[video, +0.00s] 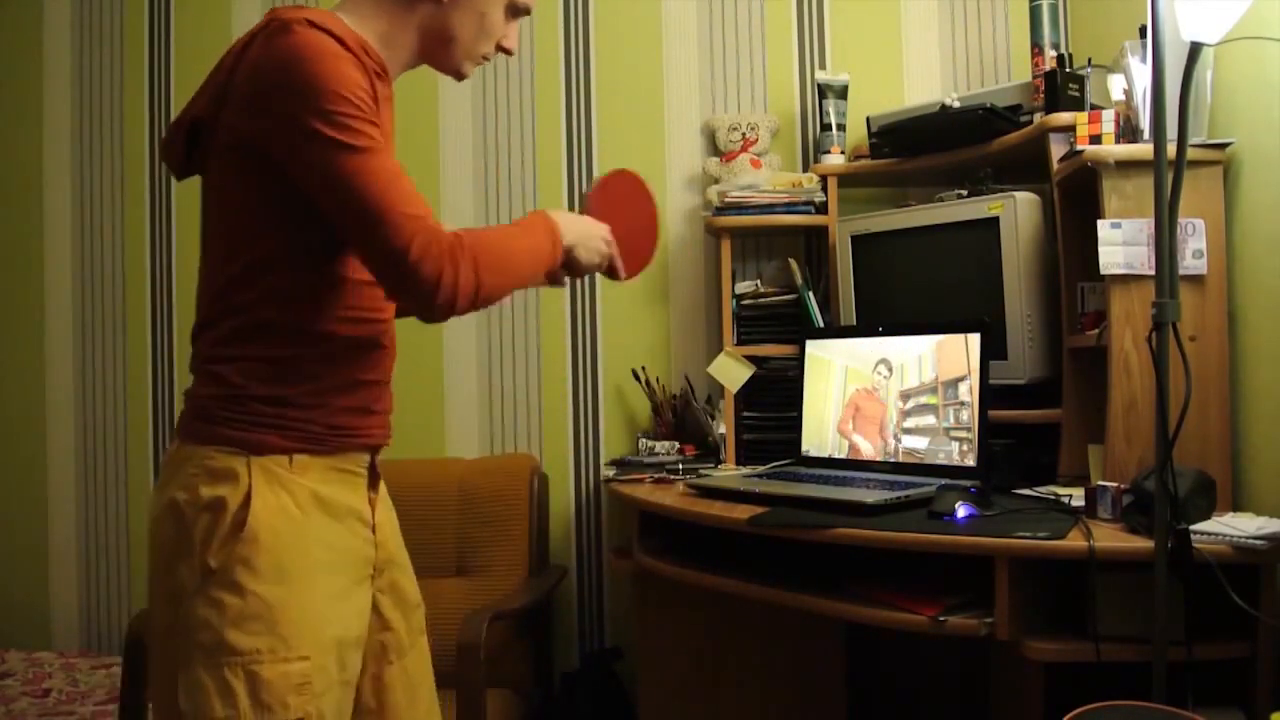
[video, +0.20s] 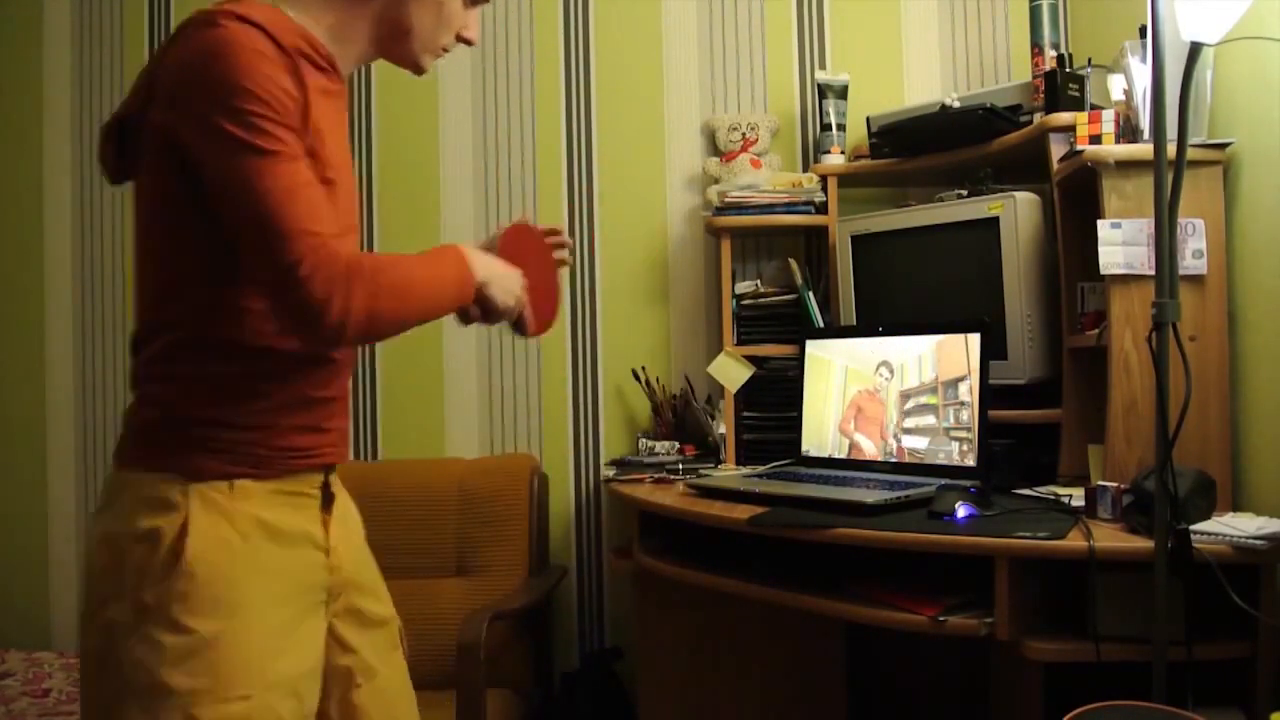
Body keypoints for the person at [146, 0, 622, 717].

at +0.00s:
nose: (511, 44)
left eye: (520, 21)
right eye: (513, 12)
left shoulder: (356, 76)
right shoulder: (304, 61)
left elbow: (404, 286)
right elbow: (433, 272)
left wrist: (541, 253)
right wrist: (558, 234)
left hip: (347, 490)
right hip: (260, 495)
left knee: (399, 711)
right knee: (267, 710)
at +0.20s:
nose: (471, 31)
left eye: (479, 10)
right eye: (469, 0)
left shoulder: (312, 75)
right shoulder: (229, 56)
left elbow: (324, 288)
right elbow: (328, 297)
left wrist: (464, 275)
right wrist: (470, 267)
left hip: (311, 515)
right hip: (206, 528)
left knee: (378, 711)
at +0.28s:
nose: (450, 29)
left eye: (457, 8)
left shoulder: (285, 75)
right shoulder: (190, 57)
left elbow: (294, 301)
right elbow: (274, 307)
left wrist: (453, 300)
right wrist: (431, 289)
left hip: (290, 524)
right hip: (173, 539)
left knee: (369, 709)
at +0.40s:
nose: (405, 29)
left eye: (410, 7)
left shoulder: (243, 96)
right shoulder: (101, 63)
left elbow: (210, 339)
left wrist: (383, 366)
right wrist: (341, 343)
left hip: (252, 552)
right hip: (110, 567)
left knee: (353, 710)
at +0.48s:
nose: (386, 28)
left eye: (391, 6)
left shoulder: (237, 113)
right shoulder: (68, 63)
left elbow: (206, 332)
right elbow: (56, 343)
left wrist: (355, 386)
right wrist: (287, 375)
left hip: (244, 561)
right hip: (92, 577)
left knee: (355, 709)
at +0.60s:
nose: (366, 16)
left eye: (370, 1)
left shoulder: (243, 108)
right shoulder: (37, 53)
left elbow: (245, 308)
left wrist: (352, 381)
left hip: (245, 554)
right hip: (77, 564)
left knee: (360, 708)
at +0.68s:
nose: (364, 9)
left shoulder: (251, 100)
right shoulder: (32, 47)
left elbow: (269, 291)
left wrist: (369, 369)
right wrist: (99, 391)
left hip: (251, 545)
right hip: (78, 550)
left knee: (363, 706)